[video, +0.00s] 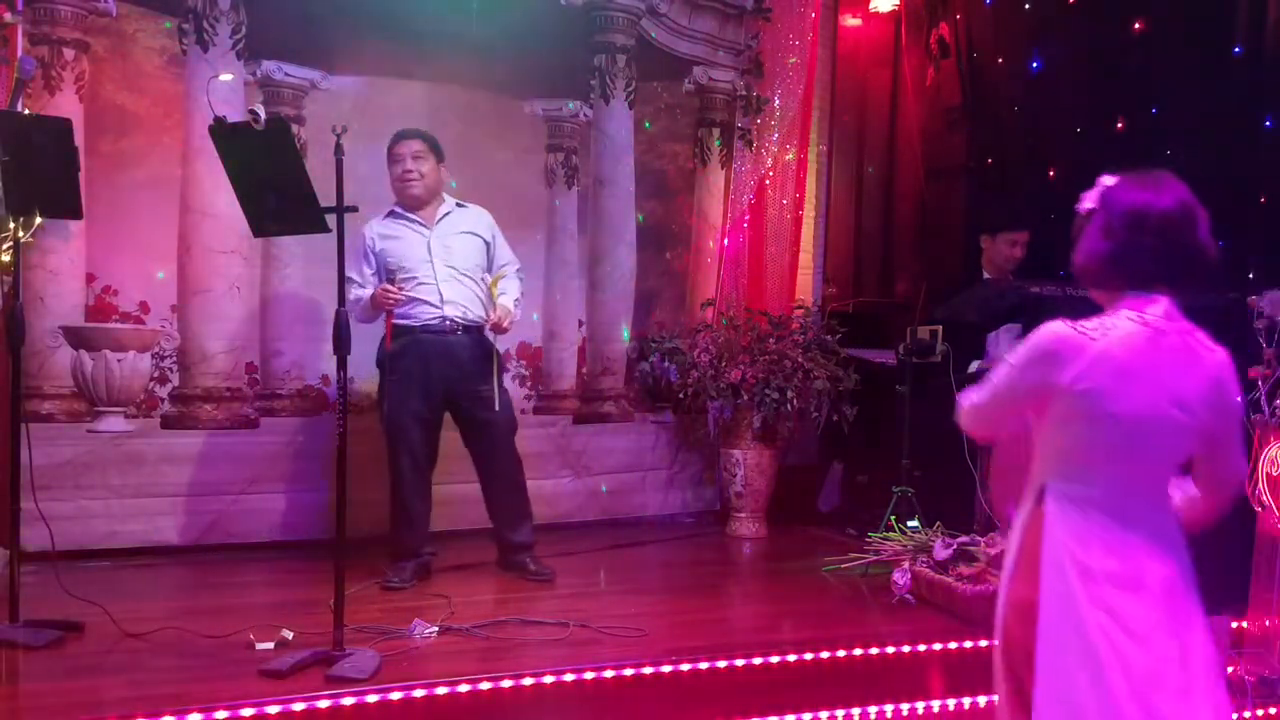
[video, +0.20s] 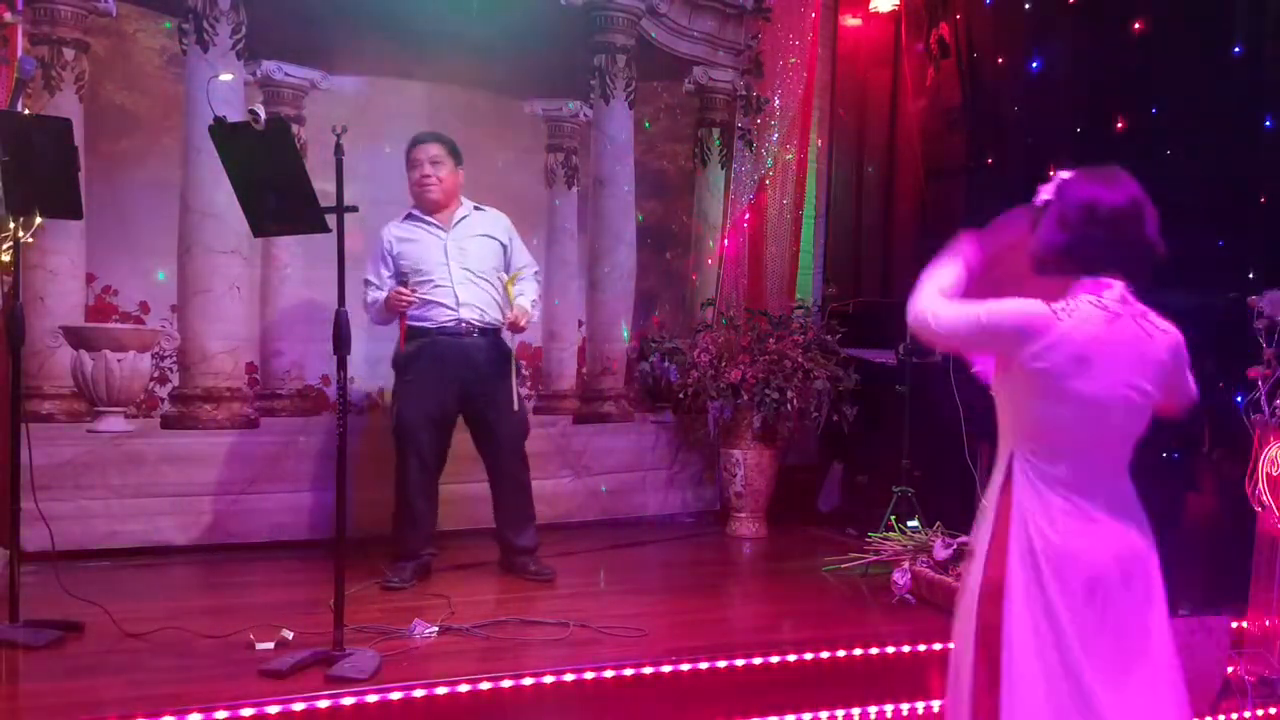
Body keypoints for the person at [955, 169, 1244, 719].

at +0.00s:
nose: (1077, 237)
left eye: (1086, 223)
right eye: (1081, 221)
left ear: (1112, 242)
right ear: (1177, 248)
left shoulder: (1066, 344)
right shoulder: (1212, 363)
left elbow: (975, 417)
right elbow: (1220, 485)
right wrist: (1151, 505)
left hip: (1066, 540)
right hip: (1154, 545)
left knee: (1070, 692)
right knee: (1159, 693)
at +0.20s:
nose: (1036, 218)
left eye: (1047, 209)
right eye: (1043, 206)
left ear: (1065, 232)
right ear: (1128, 241)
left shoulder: (1028, 322)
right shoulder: (1162, 340)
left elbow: (926, 314)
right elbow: (1177, 401)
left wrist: (960, 252)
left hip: (1029, 530)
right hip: (1117, 532)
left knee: (1023, 682)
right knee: (1118, 685)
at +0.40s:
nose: (998, 225)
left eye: (1008, 211)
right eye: (1004, 210)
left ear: (1027, 226)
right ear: (1097, 233)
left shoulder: (1006, 309)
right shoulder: (1130, 317)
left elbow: (905, 243)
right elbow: (1145, 268)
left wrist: (928, 156)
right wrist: (1113, 195)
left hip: (1010, 502)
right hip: (1091, 500)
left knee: (1002, 658)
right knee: (1090, 660)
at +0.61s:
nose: (963, 243)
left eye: (971, 229)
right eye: (966, 227)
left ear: (994, 241)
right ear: (1052, 237)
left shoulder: (977, 315)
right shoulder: (1098, 315)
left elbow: (876, 242)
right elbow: (1144, 258)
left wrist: (918, 149)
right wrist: (1113, 166)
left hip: (994, 500)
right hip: (1073, 494)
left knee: (989, 658)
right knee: (1072, 657)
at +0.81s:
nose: (940, 260)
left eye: (947, 246)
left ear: (963, 254)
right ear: (1035, 254)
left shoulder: (956, 323)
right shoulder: (1072, 323)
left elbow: (847, 261)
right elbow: (1135, 280)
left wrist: (913, 196)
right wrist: (1115, 211)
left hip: (964, 499)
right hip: (1043, 496)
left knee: (959, 645)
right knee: (1040, 650)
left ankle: (958, 719)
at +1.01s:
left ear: (955, 259)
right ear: (1034, 259)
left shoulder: (931, 332)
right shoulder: (1047, 336)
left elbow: (820, 295)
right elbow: (1105, 308)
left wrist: (885, 257)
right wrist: (1092, 243)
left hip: (939, 506)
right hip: (1019, 503)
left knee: (934, 647)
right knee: (1014, 650)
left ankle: (932, 719)